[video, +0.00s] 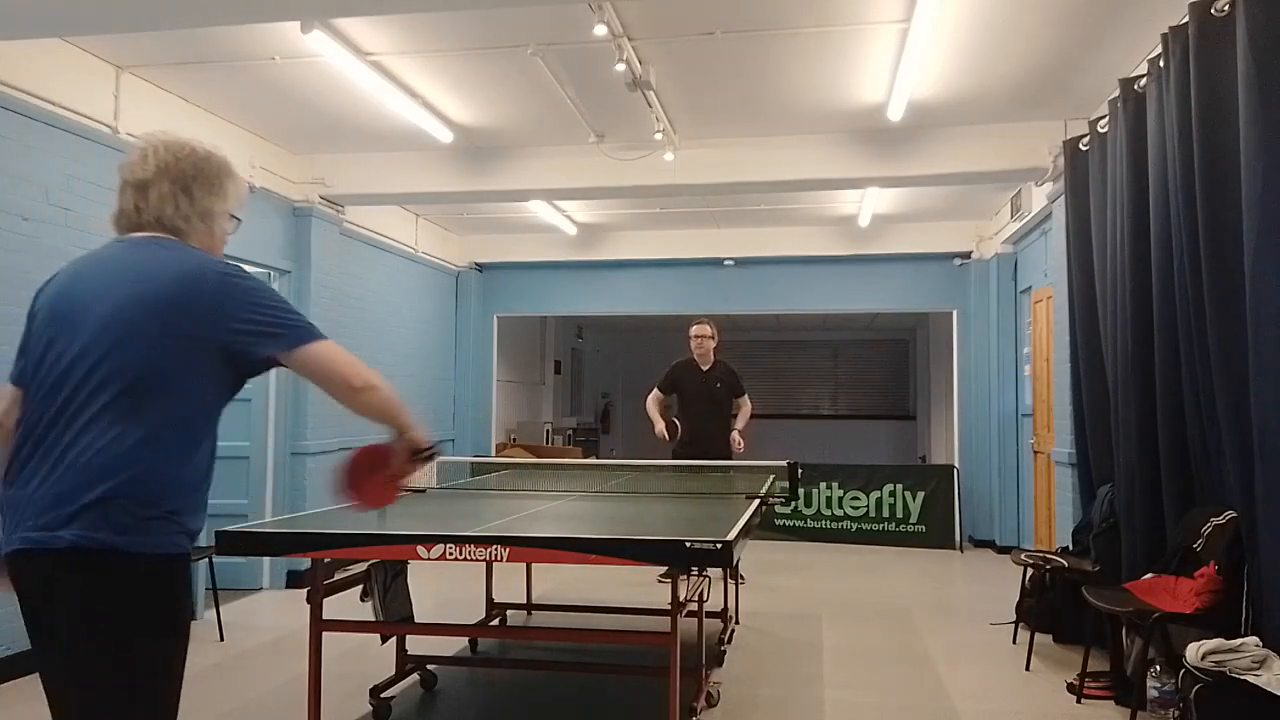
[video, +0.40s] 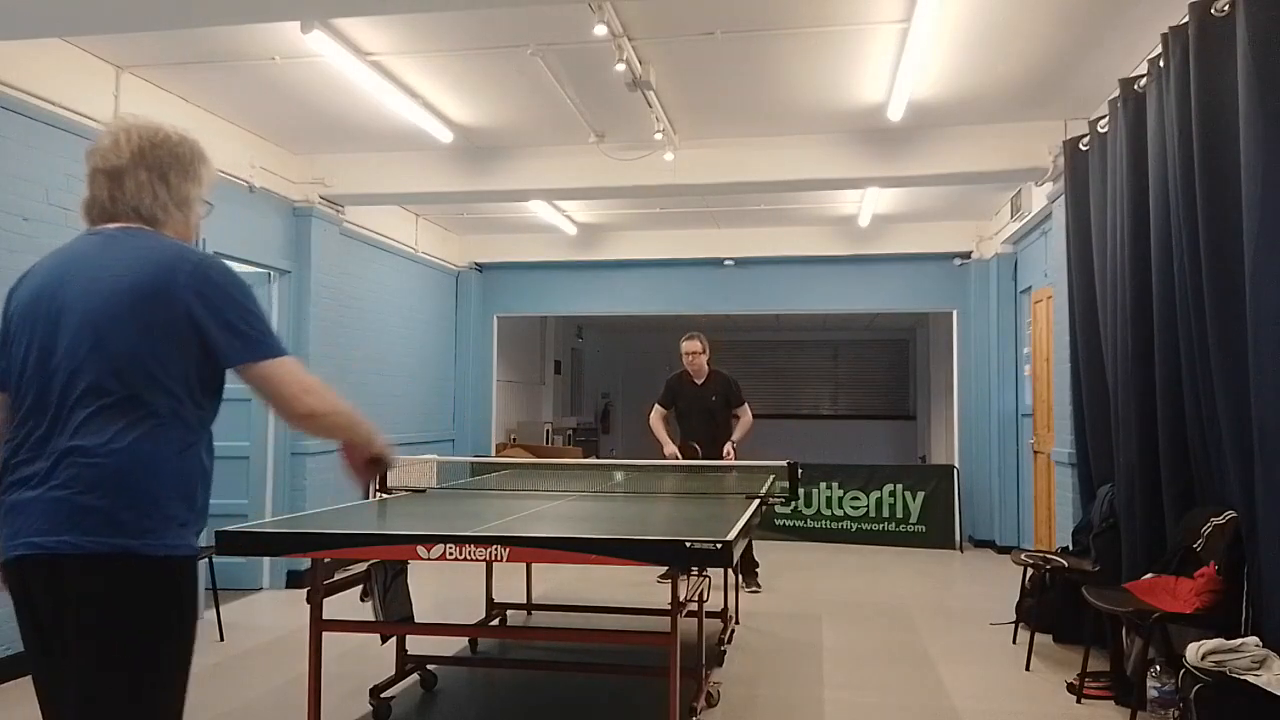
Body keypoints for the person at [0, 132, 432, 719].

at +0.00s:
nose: (232, 236)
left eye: (235, 222)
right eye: (230, 220)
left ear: (138, 205)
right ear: (199, 212)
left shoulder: (61, 285)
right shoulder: (215, 284)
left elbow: (9, 418)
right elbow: (357, 384)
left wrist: (9, 529)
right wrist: (409, 430)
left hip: (35, 551)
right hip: (131, 552)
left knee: (77, 708)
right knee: (140, 707)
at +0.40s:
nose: (204, 221)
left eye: (205, 206)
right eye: (201, 204)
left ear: (101, 196)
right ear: (171, 199)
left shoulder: (31, 282)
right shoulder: (191, 271)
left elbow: (6, 418)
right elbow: (297, 398)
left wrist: (12, 541)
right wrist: (361, 437)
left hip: (30, 548)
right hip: (137, 548)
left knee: (67, 707)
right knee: (142, 707)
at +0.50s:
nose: (183, 213)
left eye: (186, 198)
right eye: (181, 197)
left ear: (75, 192)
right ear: (155, 195)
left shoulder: (15, 277)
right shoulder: (172, 274)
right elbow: (263, 417)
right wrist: (319, 469)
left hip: (13, 561)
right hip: (118, 564)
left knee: (50, 707)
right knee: (119, 708)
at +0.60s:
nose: (168, 210)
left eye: (170, 195)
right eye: (165, 193)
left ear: (59, 184)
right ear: (134, 189)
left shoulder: (10, 261)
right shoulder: (152, 272)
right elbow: (224, 428)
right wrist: (283, 495)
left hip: (7, 551)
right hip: (93, 561)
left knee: (17, 703)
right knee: (93, 707)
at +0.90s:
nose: (117, 186)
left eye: (119, 170)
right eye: (113, 168)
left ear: (13, 160)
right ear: (79, 166)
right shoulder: (89, 251)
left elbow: (142, 411)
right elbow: (141, 411)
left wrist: (214, 510)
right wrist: (217, 511)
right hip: (41, 560)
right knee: (49, 706)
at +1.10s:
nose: (90, 194)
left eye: (93, 178)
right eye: (88, 176)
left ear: (11, 165)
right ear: (57, 170)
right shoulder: (58, 252)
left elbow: (94, 404)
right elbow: (97, 405)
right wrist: (147, 519)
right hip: (18, 558)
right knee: (26, 703)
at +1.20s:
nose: (75, 207)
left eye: (78, 193)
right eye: (74, 190)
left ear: (12, 175)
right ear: (44, 180)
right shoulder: (45, 260)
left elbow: (67, 412)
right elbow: (73, 413)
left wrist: (40, 546)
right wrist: (101, 531)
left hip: (13, 554)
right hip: (7, 554)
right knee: (13, 704)